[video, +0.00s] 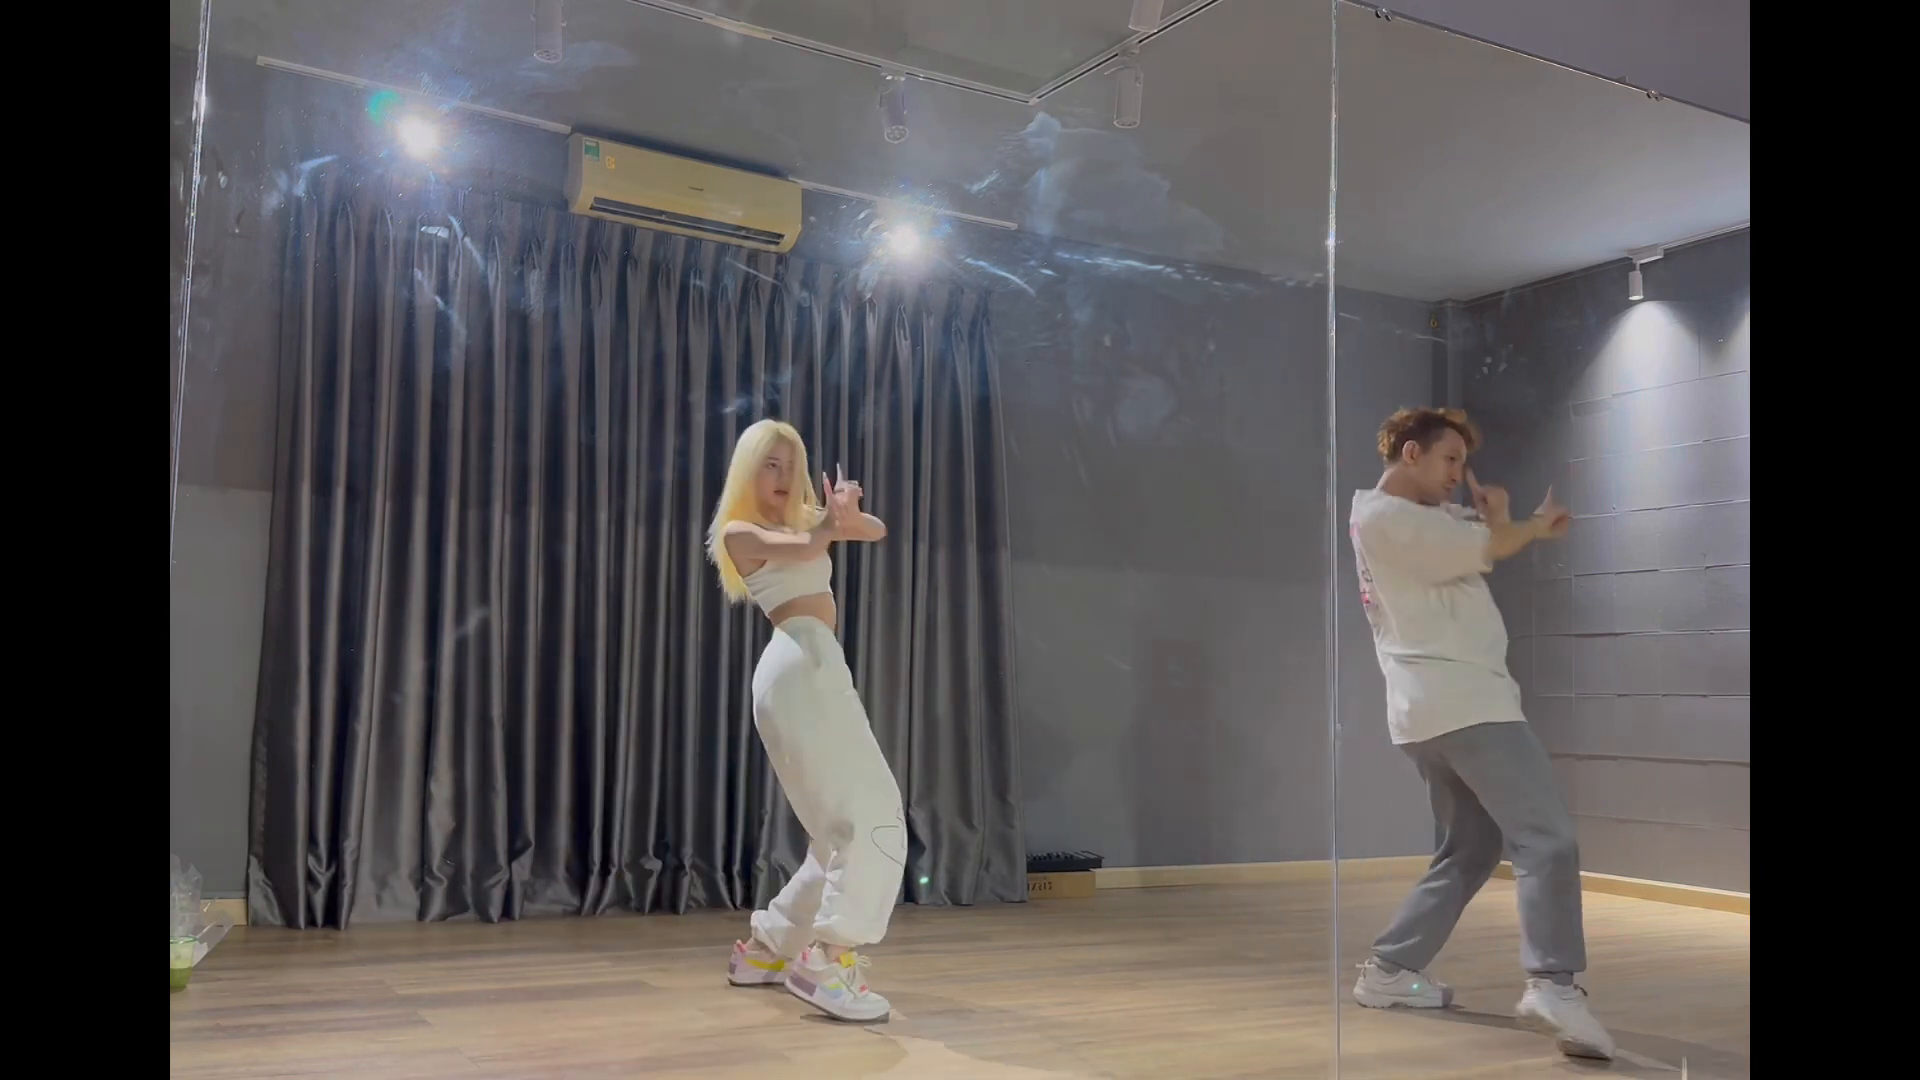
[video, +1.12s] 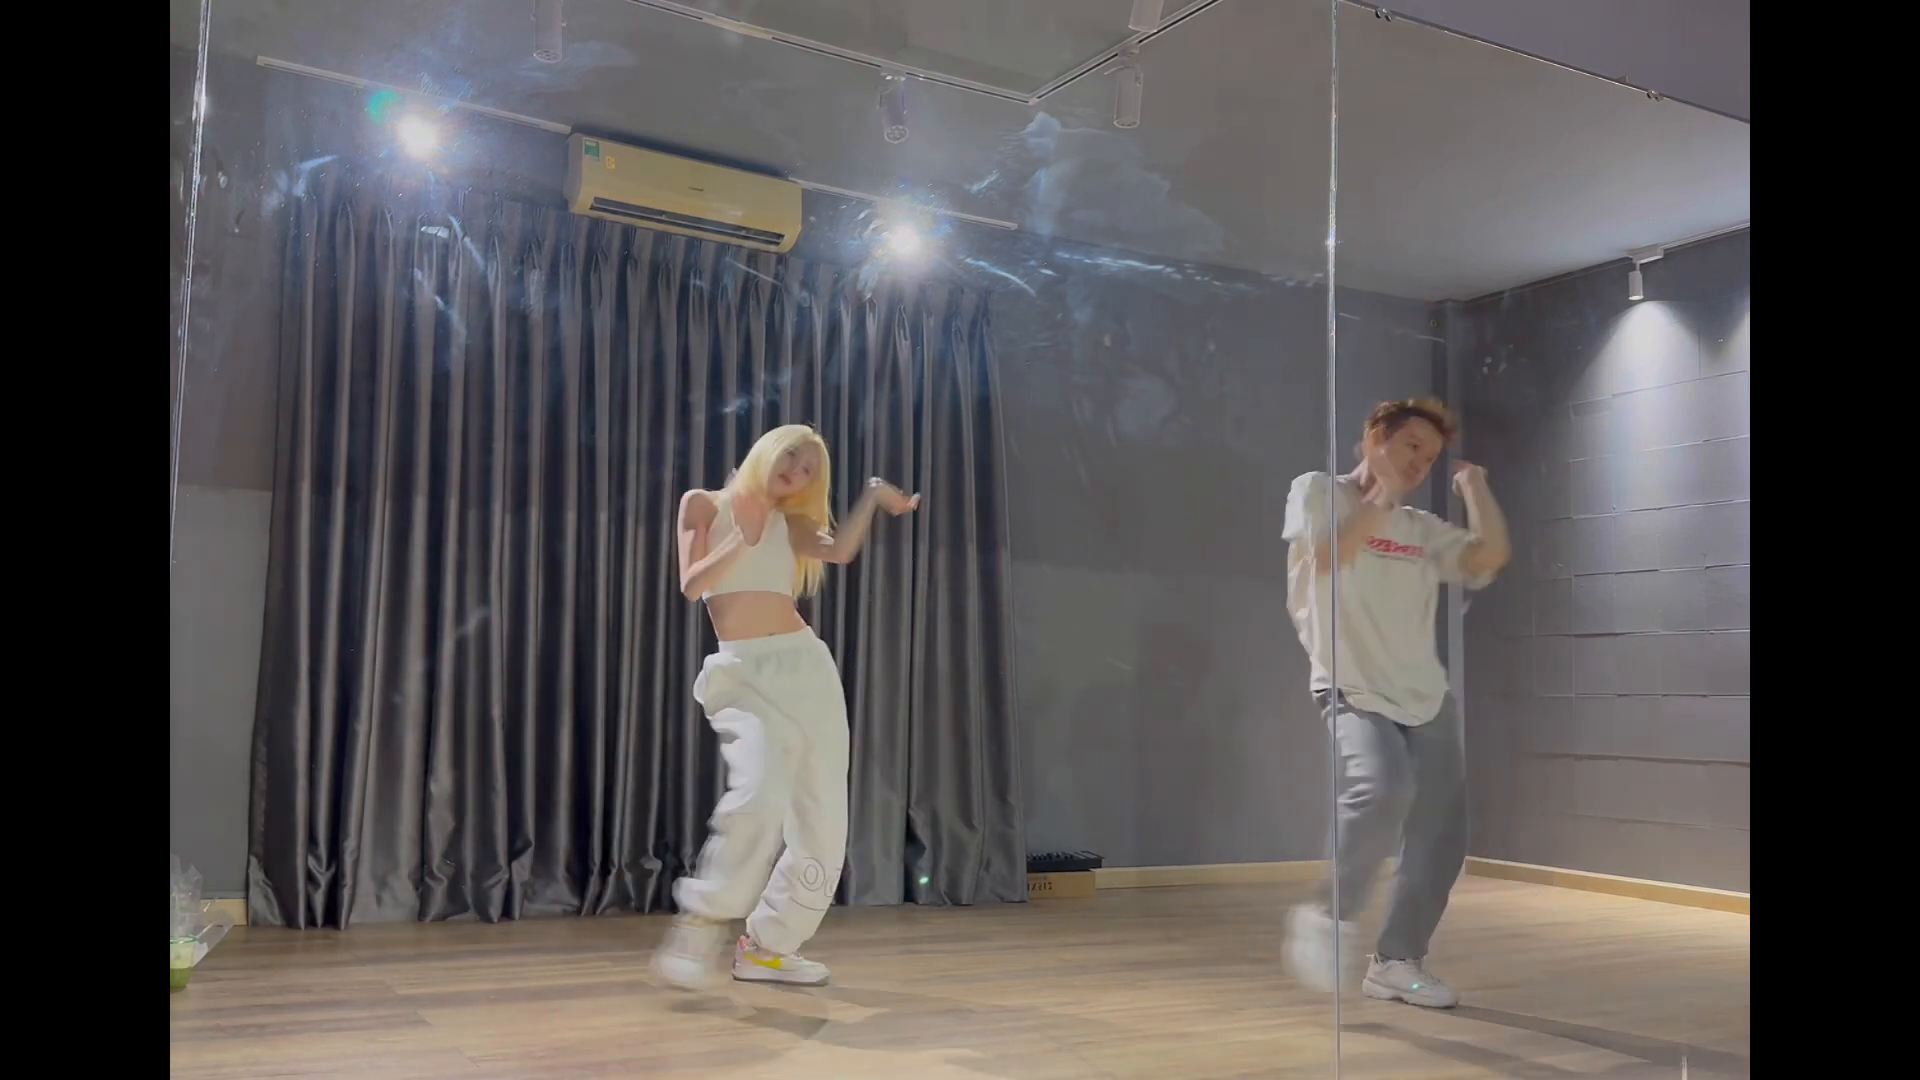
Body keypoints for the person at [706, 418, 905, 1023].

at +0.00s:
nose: (782, 476)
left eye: (791, 468)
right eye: (771, 464)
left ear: (800, 478)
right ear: (747, 469)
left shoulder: (805, 524)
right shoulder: (737, 532)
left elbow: (875, 532)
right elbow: (804, 547)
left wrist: (844, 513)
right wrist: (834, 521)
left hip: (801, 679)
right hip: (803, 678)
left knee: (842, 831)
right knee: (879, 816)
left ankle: (764, 948)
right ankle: (826, 961)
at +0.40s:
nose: (814, 464)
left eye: (816, 453)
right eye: (802, 453)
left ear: (818, 463)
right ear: (770, 464)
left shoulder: (822, 528)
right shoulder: (750, 526)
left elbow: (900, 545)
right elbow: (790, 505)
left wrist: (867, 488)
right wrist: (757, 461)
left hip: (849, 685)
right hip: (797, 688)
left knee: (838, 833)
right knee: (868, 810)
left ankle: (764, 949)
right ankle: (852, 961)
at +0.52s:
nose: (821, 440)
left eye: (820, 434)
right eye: (808, 434)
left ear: (815, 450)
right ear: (772, 446)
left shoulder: (822, 503)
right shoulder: (767, 507)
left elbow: (880, 449)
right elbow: (807, 453)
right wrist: (789, 372)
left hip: (803, 661)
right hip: (810, 658)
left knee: (843, 828)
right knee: (879, 818)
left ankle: (767, 946)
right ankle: (837, 959)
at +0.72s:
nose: (820, 462)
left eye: (826, 455)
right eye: (807, 452)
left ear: (832, 466)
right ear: (779, 461)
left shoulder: (824, 517)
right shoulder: (772, 517)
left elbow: (878, 458)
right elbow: (711, 449)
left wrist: (844, 401)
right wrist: (763, 400)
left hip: (823, 677)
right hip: (810, 675)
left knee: (835, 826)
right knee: (887, 817)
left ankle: (770, 945)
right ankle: (847, 958)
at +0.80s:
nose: (821, 465)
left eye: (829, 457)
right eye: (809, 453)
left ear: (833, 469)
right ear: (781, 461)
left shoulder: (822, 527)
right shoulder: (768, 521)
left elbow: (878, 483)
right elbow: (689, 476)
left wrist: (843, 437)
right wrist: (731, 433)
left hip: (832, 687)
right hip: (805, 686)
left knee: (843, 842)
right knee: (884, 827)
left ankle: (769, 946)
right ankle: (860, 968)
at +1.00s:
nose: (813, 466)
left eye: (821, 462)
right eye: (805, 454)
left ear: (823, 480)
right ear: (777, 460)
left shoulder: (814, 538)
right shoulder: (732, 511)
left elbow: (904, 560)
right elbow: (684, 558)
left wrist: (865, 510)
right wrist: (700, 496)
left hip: (824, 677)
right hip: (757, 681)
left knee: (835, 821)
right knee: (810, 791)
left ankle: (766, 944)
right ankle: (833, 954)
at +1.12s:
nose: (796, 476)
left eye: (807, 474)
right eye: (792, 461)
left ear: (808, 484)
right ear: (767, 455)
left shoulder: (794, 523)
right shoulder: (705, 505)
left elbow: (842, 550)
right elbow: (691, 584)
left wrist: (873, 495)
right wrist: (740, 540)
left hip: (808, 670)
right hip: (743, 674)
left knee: (822, 820)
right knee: (759, 799)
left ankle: (765, 947)